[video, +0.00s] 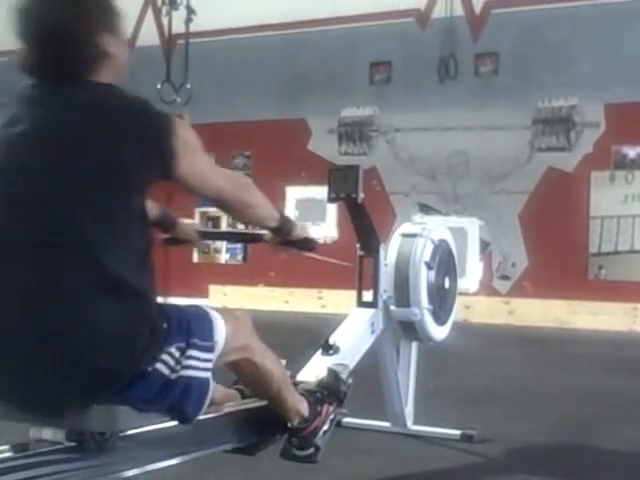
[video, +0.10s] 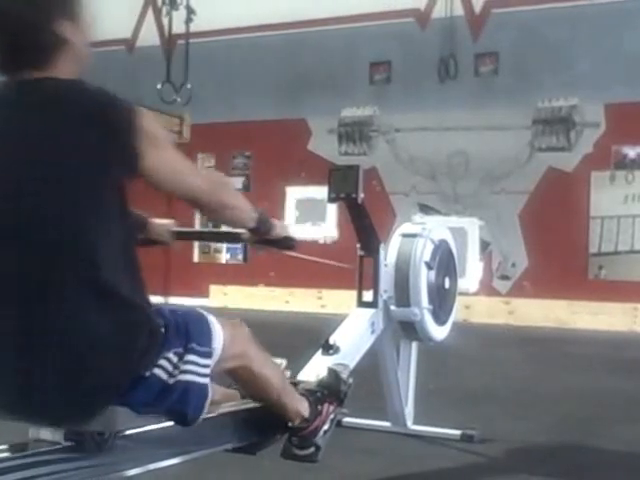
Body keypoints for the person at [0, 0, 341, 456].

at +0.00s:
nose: (127, 46)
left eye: (122, 34)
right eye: (121, 35)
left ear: (37, 50)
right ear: (104, 44)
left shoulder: (15, 123)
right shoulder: (135, 121)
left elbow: (82, 189)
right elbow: (230, 190)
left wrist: (168, 222)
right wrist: (283, 226)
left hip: (15, 357)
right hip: (102, 350)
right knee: (238, 332)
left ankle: (252, 419)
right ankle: (302, 416)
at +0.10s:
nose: (88, 36)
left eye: (83, 22)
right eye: (80, 21)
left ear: (8, 44)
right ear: (62, 29)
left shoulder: (5, 113)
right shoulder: (106, 114)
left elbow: (42, 210)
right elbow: (208, 194)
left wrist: (138, 226)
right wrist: (261, 224)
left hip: (9, 354)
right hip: (97, 346)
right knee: (235, 342)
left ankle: (261, 410)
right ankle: (304, 416)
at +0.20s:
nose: (52, 38)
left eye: (47, 23)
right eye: (45, 22)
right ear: (23, 25)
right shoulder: (69, 114)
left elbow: (19, 222)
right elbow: (179, 202)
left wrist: (104, 229)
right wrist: (232, 224)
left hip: (3, 350)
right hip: (82, 349)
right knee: (228, 354)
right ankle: (304, 416)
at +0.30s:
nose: (24, 49)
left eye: (21, 36)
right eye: (19, 37)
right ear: (6, 38)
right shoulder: (30, 118)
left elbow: (9, 231)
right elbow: (148, 223)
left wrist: (69, 233)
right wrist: (202, 230)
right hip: (69, 350)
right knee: (225, 372)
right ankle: (305, 413)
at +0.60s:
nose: (50, 52)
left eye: (48, 39)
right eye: (46, 39)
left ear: (14, 40)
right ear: (22, 38)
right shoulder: (24, 113)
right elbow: (53, 261)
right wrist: (121, 244)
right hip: (34, 360)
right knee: (219, 344)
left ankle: (257, 405)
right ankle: (302, 414)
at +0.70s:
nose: (73, 45)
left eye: (70, 32)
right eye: (69, 32)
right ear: (45, 38)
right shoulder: (50, 113)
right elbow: (107, 259)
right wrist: (158, 238)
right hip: (45, 355)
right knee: (230, 330)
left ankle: (227, 400)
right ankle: (299, 414)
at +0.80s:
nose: (99, 52)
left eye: (98, 41)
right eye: (95, 40)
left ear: (13, 49)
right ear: (71, 42)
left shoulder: (4, 112)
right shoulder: (90, 120)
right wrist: (202, 235)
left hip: (14, 368)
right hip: (89, 364)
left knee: (161, 303)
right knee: (242, 311)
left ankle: (239, 407)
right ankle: (300, 414)